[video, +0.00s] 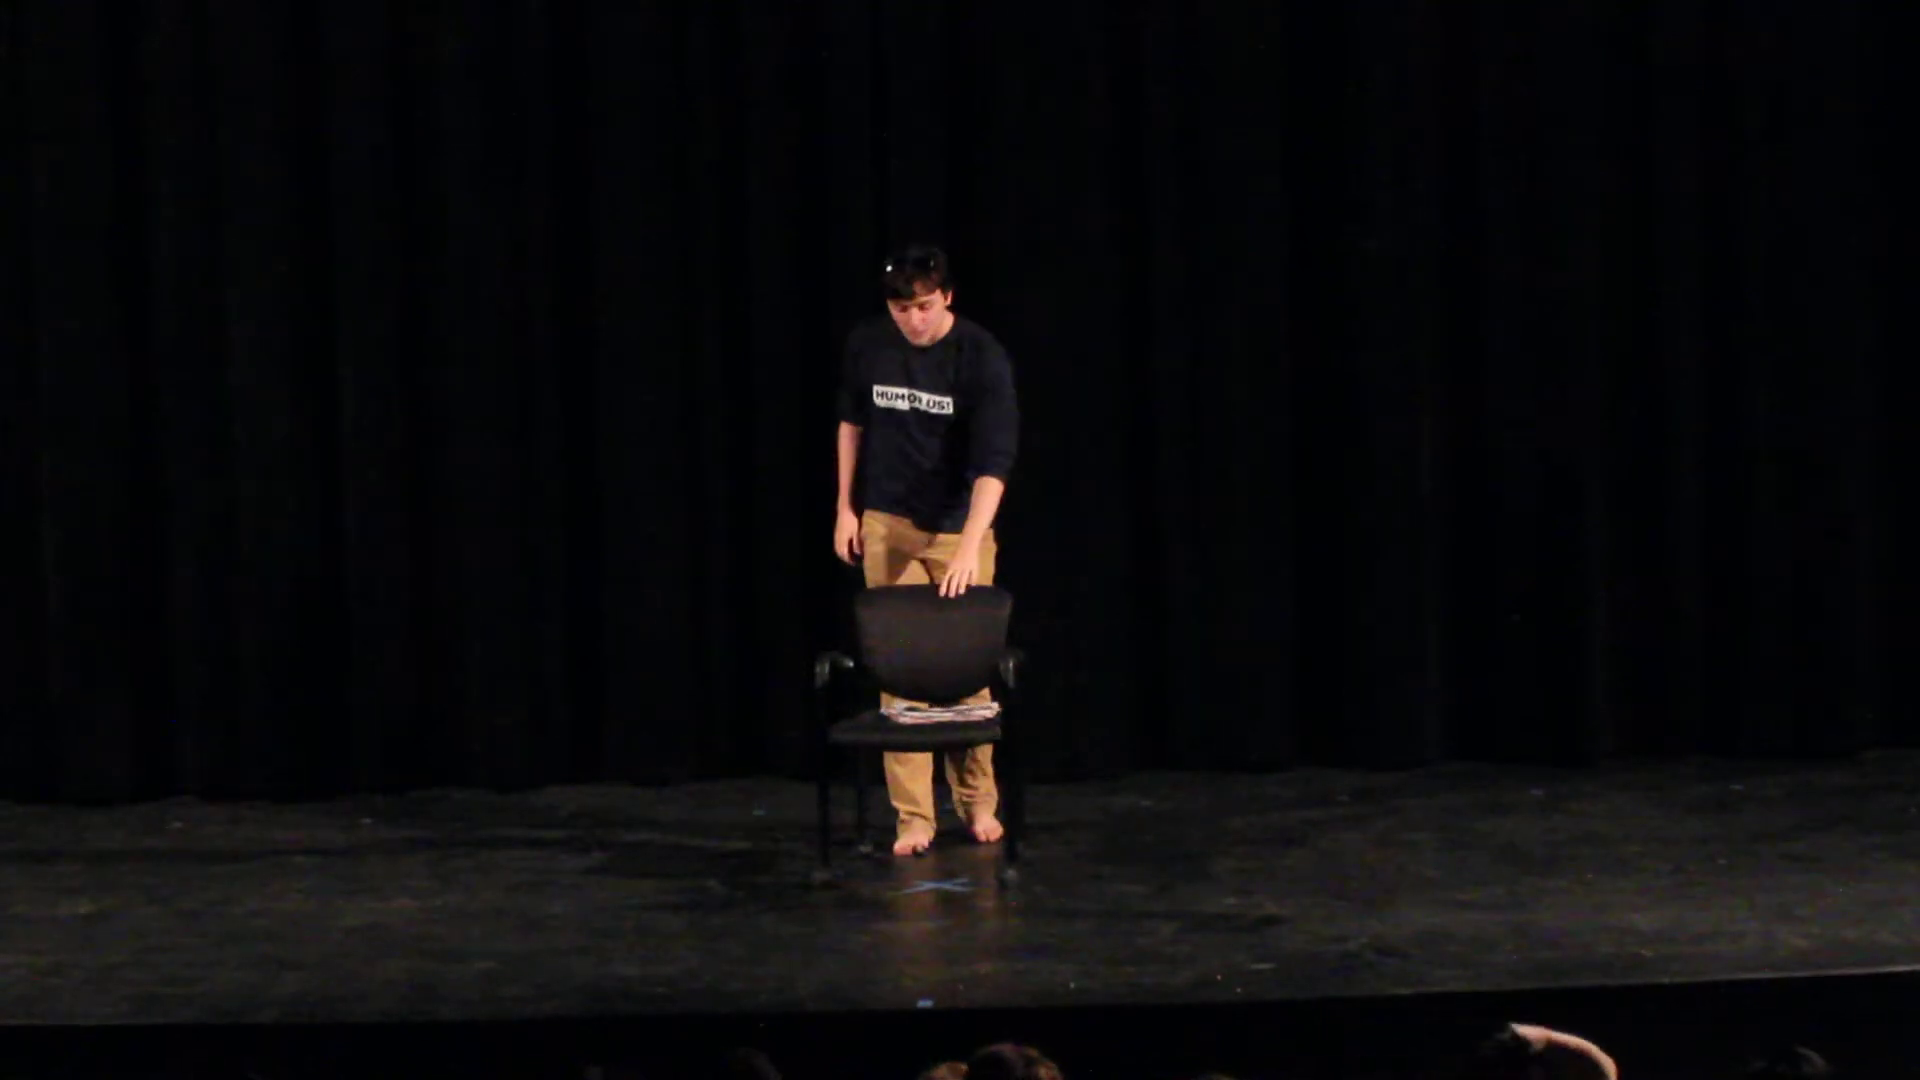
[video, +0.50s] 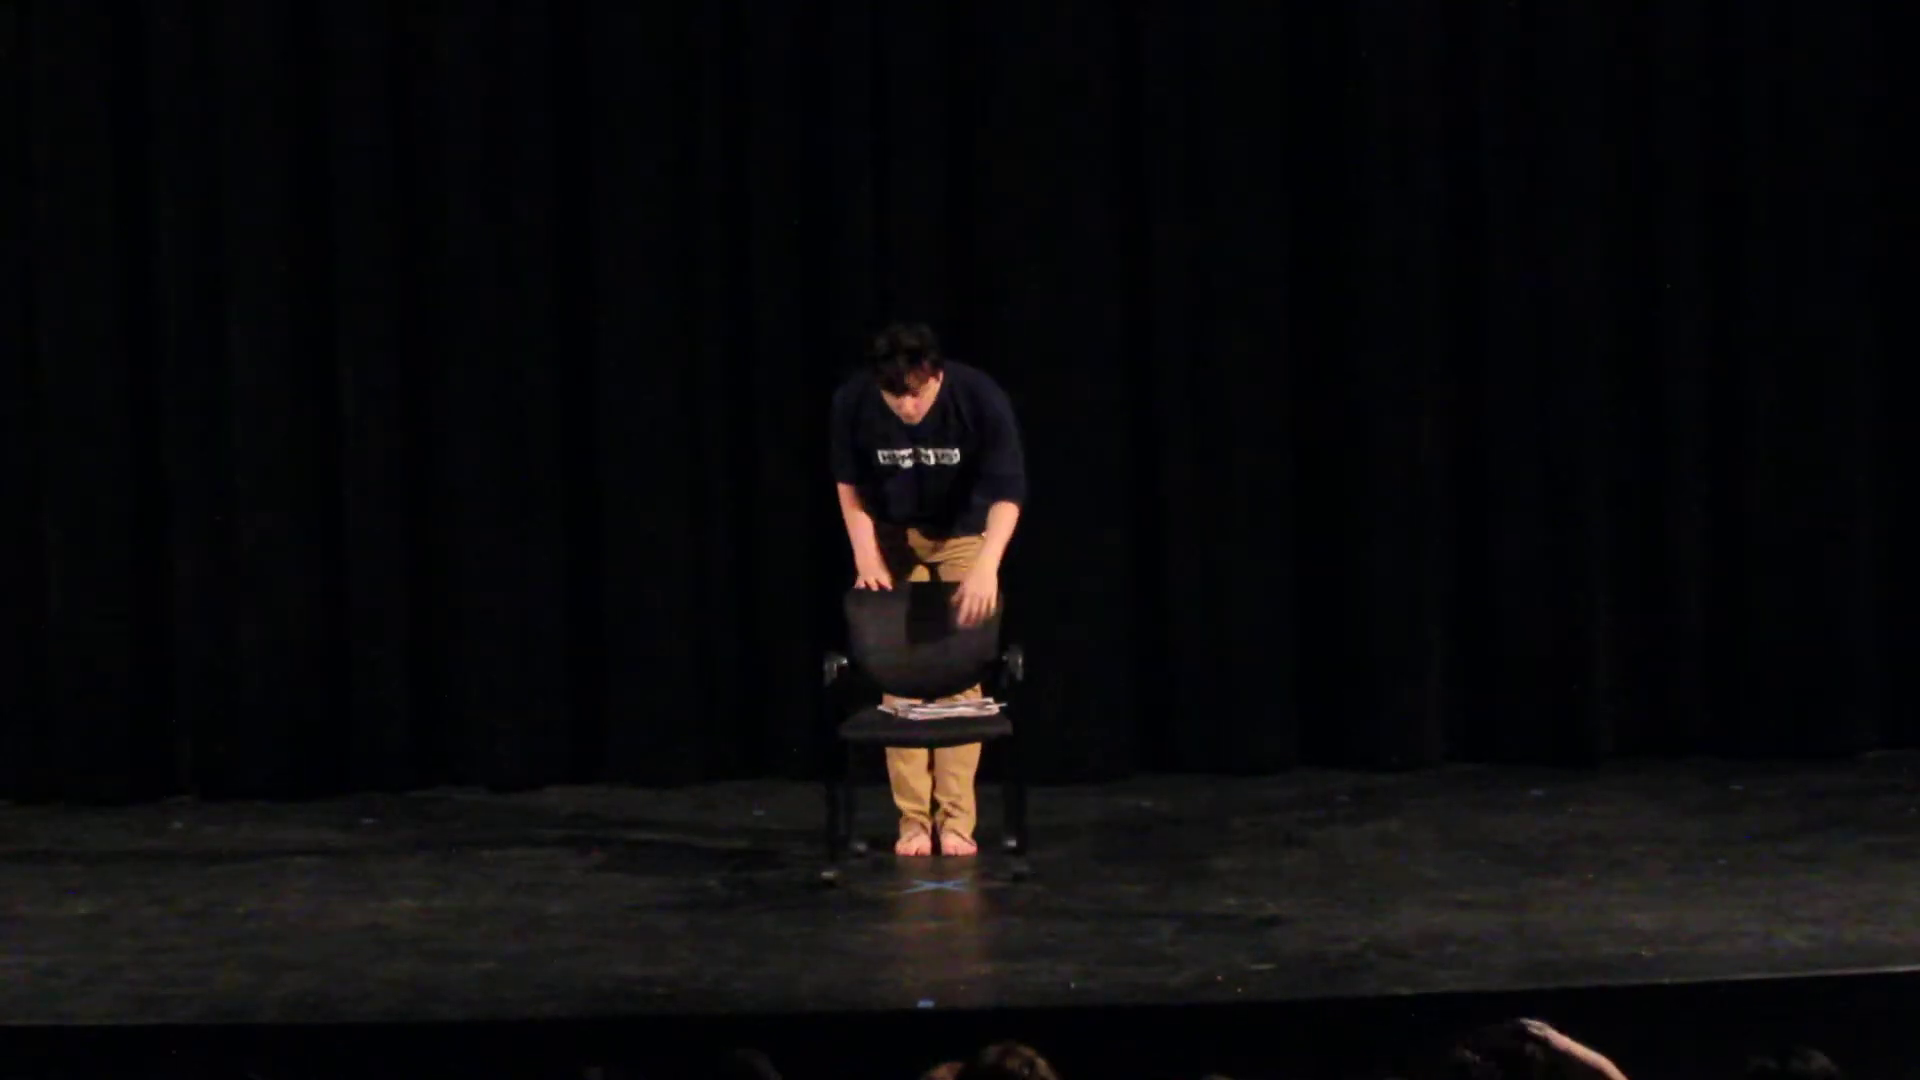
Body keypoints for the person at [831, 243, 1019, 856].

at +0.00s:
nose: (912, 319)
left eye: (923, 306)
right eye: (901, 308)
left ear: (946, 298)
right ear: (887, 304)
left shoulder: (981, 359)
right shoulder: (871, 346)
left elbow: (994, 463)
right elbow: (850, 424)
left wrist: (971, 548)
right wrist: (844, 506)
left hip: (961, 536)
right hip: (887, 531)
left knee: (968, 669)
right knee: (897, 673)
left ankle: (980, 801)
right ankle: (913, 817)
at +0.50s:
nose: (909, 405)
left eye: (918, 392)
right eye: (897, 394)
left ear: (937, 373)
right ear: (879, 381)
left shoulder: (979, 400)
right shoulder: (855, 405)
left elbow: (1007, 491)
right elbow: (849, 485)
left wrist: (986, 567)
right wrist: (867, 559)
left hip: (965, 541)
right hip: (892, 543)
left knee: (961, 675)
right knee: (898, 677)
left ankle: (955, 821)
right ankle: (913, 819)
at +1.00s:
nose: (846, 482)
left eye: (849, 468)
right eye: (837, 474)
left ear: (878, 438)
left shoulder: (941, 456)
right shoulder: (854, 450)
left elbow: (958, 570)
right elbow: (852, 492)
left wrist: (938, 665)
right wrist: (865, 553)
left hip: (987, 544)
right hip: (914, 545)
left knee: (970, 681)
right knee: (910, 679)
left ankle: (956, 823)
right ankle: (914, 821)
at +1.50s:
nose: (796, 502)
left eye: (799, 487)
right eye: (787, 494)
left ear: (826, 455)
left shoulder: (907, 466)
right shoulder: (834, 462)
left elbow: (959, 558)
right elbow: (853, 507)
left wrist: (946, 658)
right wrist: (865, 562)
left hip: (989, 539)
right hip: (915, 543)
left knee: (970, 680)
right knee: (912, 680)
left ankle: (955, 823)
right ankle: (913, 823)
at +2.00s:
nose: (817, 438)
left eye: (822, 421)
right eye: (806, 428)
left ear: (845, 398)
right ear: (796, 422)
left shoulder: (912, 417)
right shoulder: (814, 448)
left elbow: (979, 500)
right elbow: (818, 510)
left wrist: (920, 546)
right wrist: (840, 555)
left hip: (969, 536)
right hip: (895, 544)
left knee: (962, 677)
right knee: (902, 679)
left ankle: (954, 818)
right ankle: (912, 819)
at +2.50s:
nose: (878, 307)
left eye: (889, 291)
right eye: (866, 294)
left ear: (915, 287)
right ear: (852, 300)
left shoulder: (967, 350)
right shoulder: (838, 372)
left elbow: (1017, 434)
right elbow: (818, 467)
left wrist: (977, 450)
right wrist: (846, 488)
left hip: (980, 547)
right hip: (897, 549)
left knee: (988, 701)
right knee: (909, 706)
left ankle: (999, 843)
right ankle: (925, 864)